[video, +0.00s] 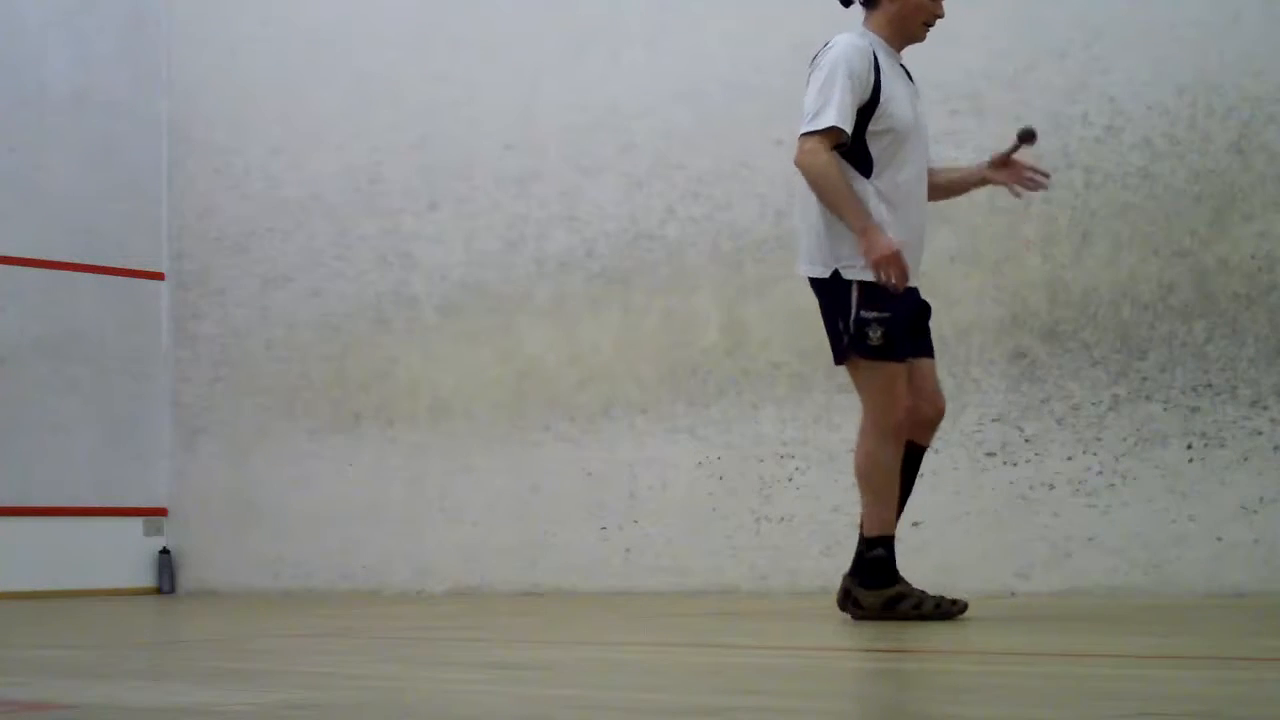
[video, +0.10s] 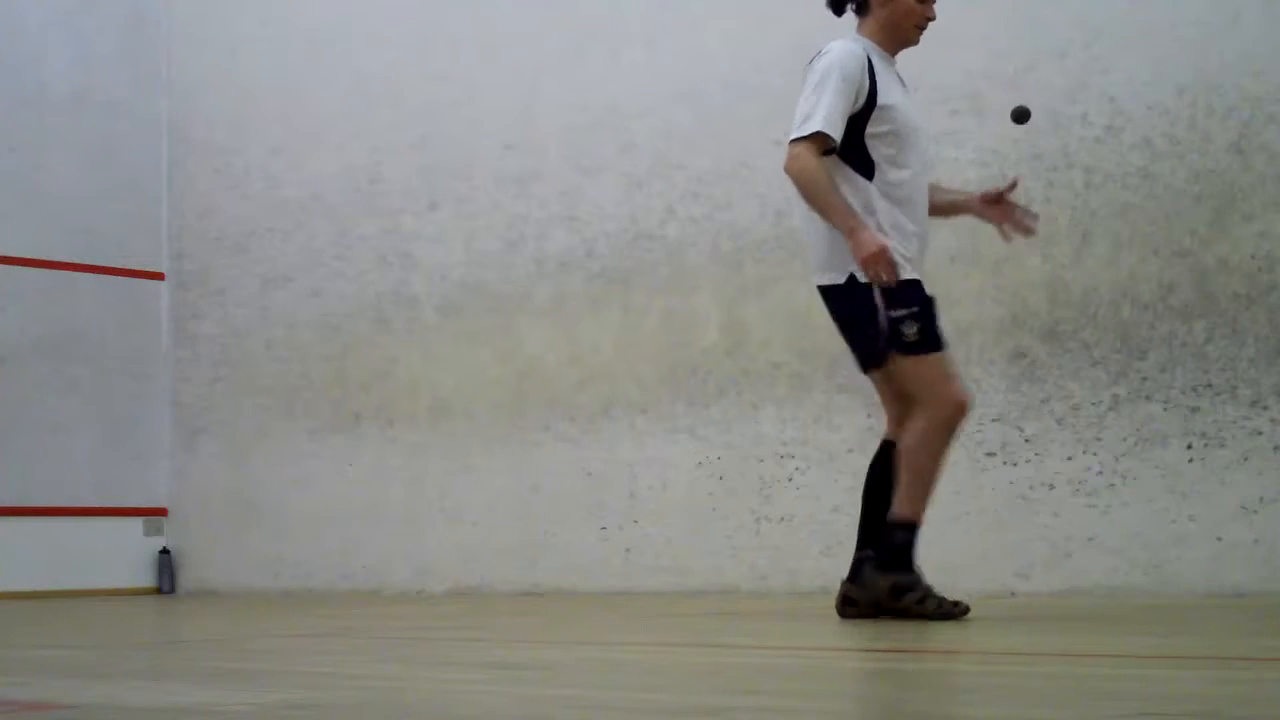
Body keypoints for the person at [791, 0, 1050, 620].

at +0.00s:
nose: (941, 11)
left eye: (940, 3)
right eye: (933, 0)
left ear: (899, 4)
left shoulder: (897, 72)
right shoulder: (849, 54)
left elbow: (909, 185)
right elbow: (812, 151)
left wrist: (985, 171)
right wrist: (870, 233)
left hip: (892, 266)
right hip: (852, 267)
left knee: (924, 409)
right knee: (886, 411)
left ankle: (869, 571)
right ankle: (874, 580)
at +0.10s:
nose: (932, 12)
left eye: (932, 3)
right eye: (923, 1)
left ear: (886, 7)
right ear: (882, 2)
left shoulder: (883, 73)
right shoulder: (845, 58)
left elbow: (896, 191)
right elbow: (802, 159)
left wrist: (975, 203)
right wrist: (859, 234)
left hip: (880, 269)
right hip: (868, 269)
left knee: (908, 418)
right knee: (942, 401)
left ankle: (869, 577)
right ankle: (894, 568)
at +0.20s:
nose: (927, 26)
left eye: (928, 15)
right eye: (917, 13)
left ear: (888, 18)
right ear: (875, 12)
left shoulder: (878, 89)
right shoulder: (842, 75)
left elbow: (891, 207)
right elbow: (792, 176)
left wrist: (963, 233)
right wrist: (846, 246)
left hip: (881, 274)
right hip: (879, 270)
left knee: (928, 432)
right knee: (1012, 343)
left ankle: (869, 582)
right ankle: (939, 484)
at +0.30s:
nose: (928, 38)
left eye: (930, 26)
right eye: (919, 24)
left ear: (896, 28)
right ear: (877, 22)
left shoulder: (882, 96)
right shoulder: (843, 85)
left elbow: (878, 197)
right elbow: (790, 183)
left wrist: (932, 237)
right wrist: (848, 259)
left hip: (881, 277)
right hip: (880, 267)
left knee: (937, 430)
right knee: (1031, 257)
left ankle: (869, 582)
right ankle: (969, 405)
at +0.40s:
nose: (931, 33)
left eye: (934, 22)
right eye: (921, 20)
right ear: (880, 17)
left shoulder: (892, 95)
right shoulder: (846, 81)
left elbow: (903, 207)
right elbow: (791, 179)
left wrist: (984, 267)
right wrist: (850, 245)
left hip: (879, 276)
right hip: (878, 256)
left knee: (940, 429)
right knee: (1027, 209)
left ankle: (869, 581)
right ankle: (966, 363)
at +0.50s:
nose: (931, 21)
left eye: (934, 11)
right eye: (918, 9)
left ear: (931, 20)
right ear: (878, 12)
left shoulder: (907, 92)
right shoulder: (848, 72)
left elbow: (917, 205)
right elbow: (785, 167)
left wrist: (993, 286)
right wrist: (835, 216)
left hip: (898, 268)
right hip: (874, 262)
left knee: (935, 431)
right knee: (1028, 233)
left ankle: (869, 581)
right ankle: (936, 377)